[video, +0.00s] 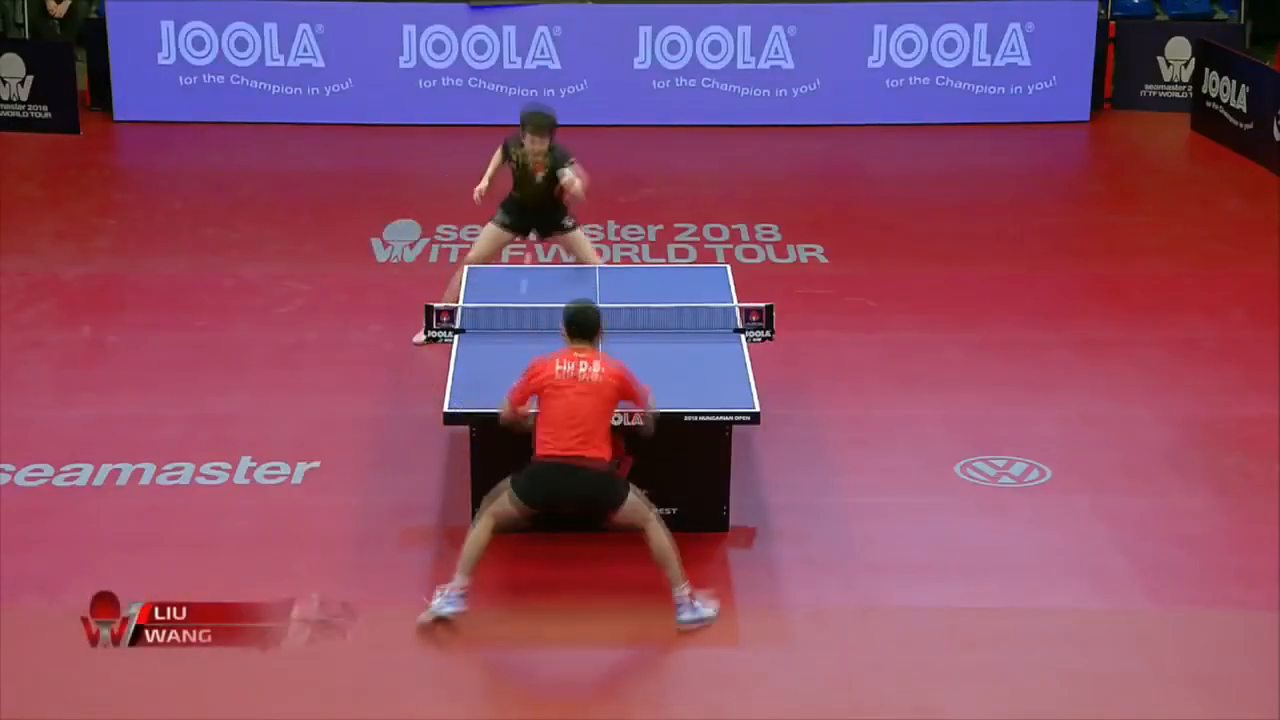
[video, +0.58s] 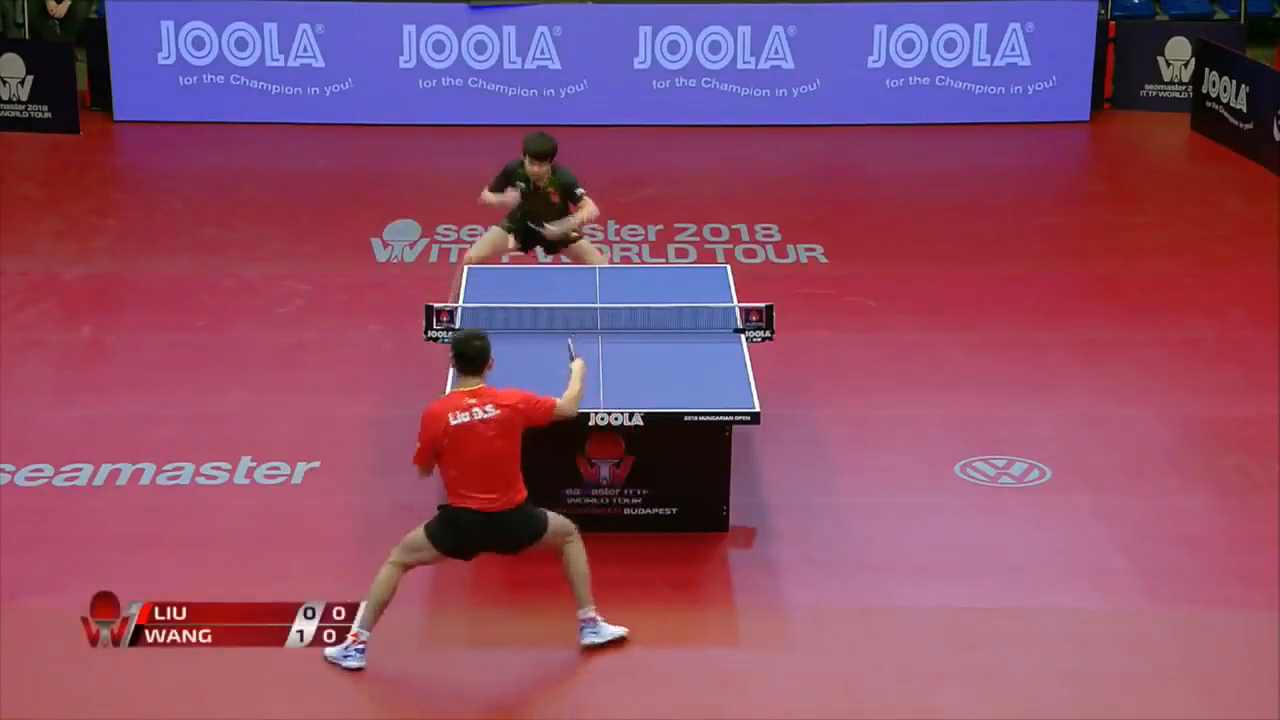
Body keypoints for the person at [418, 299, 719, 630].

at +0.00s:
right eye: (599, 330)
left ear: (564, 332)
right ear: (599, 332)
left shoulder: (543, 366)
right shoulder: (614, 370)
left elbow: (508, 415)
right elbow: (648, 410)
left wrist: (534, 422)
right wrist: (645, 429)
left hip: (544, 475)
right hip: (595, 478)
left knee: (488, 517)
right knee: (650, 522)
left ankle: (454, 593)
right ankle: (685, 601)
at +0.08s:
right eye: (601, 338)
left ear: (566, 340)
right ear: (602, 341)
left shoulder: (543, 376)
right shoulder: (615, 382)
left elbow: (509, 427)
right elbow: (638, 439)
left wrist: (543, 435)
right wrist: (602, 439)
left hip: (540, 487)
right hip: (591, 490)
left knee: (486, 535)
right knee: (648, 527)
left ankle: (445, 606)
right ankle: (685, 608)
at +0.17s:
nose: (536, 361)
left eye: (536, 356)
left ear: (538, 357)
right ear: (569, 358)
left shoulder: (526, 394)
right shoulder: (586, 398)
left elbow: (498, 433)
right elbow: (596, 449)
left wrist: (536, 432)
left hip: (526, 509)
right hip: (576, 508)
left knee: (480, 550)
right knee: (635, 539)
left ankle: (443, 622)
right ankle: (685, 609)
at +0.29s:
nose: (501, 357)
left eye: (503, 351)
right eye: (508, 351)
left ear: (508, 353)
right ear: (539, 353)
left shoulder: (493, 393)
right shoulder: (558, 387)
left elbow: (443, 417)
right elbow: (553, 373)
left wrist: (399, 417)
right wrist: (544, 361)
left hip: (503, 507)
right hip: (556, 508)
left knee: (431, 522)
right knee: (614, 542)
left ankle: (418, 609)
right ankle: (676, 606)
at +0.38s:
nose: (468, 354)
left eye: (468, 349)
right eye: (480, 347)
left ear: (471, 353)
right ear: (503, 348)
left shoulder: (466, 398)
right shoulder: (529, 378)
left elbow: (428, 451)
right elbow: (565, 367)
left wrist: (391, 479)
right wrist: (575, 347)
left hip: (488, 505)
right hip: (536, 501)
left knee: (416, 529)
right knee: (593, 539)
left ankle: (370, 612)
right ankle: (638, 614)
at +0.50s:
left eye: (443, 361)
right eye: (481, 359)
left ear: (444, 367)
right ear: (479, 365)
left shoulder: (434, 417)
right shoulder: (503, 401)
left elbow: (423, 477)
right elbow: (561, 408)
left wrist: (410, 492)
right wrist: (578, 370)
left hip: (461, 524)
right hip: (512, 518)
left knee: (393, 557)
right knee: (554, 539)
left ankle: (356, 642)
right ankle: (587, 616)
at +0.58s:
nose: (487, 363)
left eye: (460, 358)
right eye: (489, 358)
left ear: (453, 364)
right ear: (489, 364)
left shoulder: (437, 413)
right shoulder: (511, 403)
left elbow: (423, 467)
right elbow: (567, 408)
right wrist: (578, 373)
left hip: (460, 524)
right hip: (514, 521)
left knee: (398, 560)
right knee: (569, 534)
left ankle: (355, 643)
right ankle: (591, 623)